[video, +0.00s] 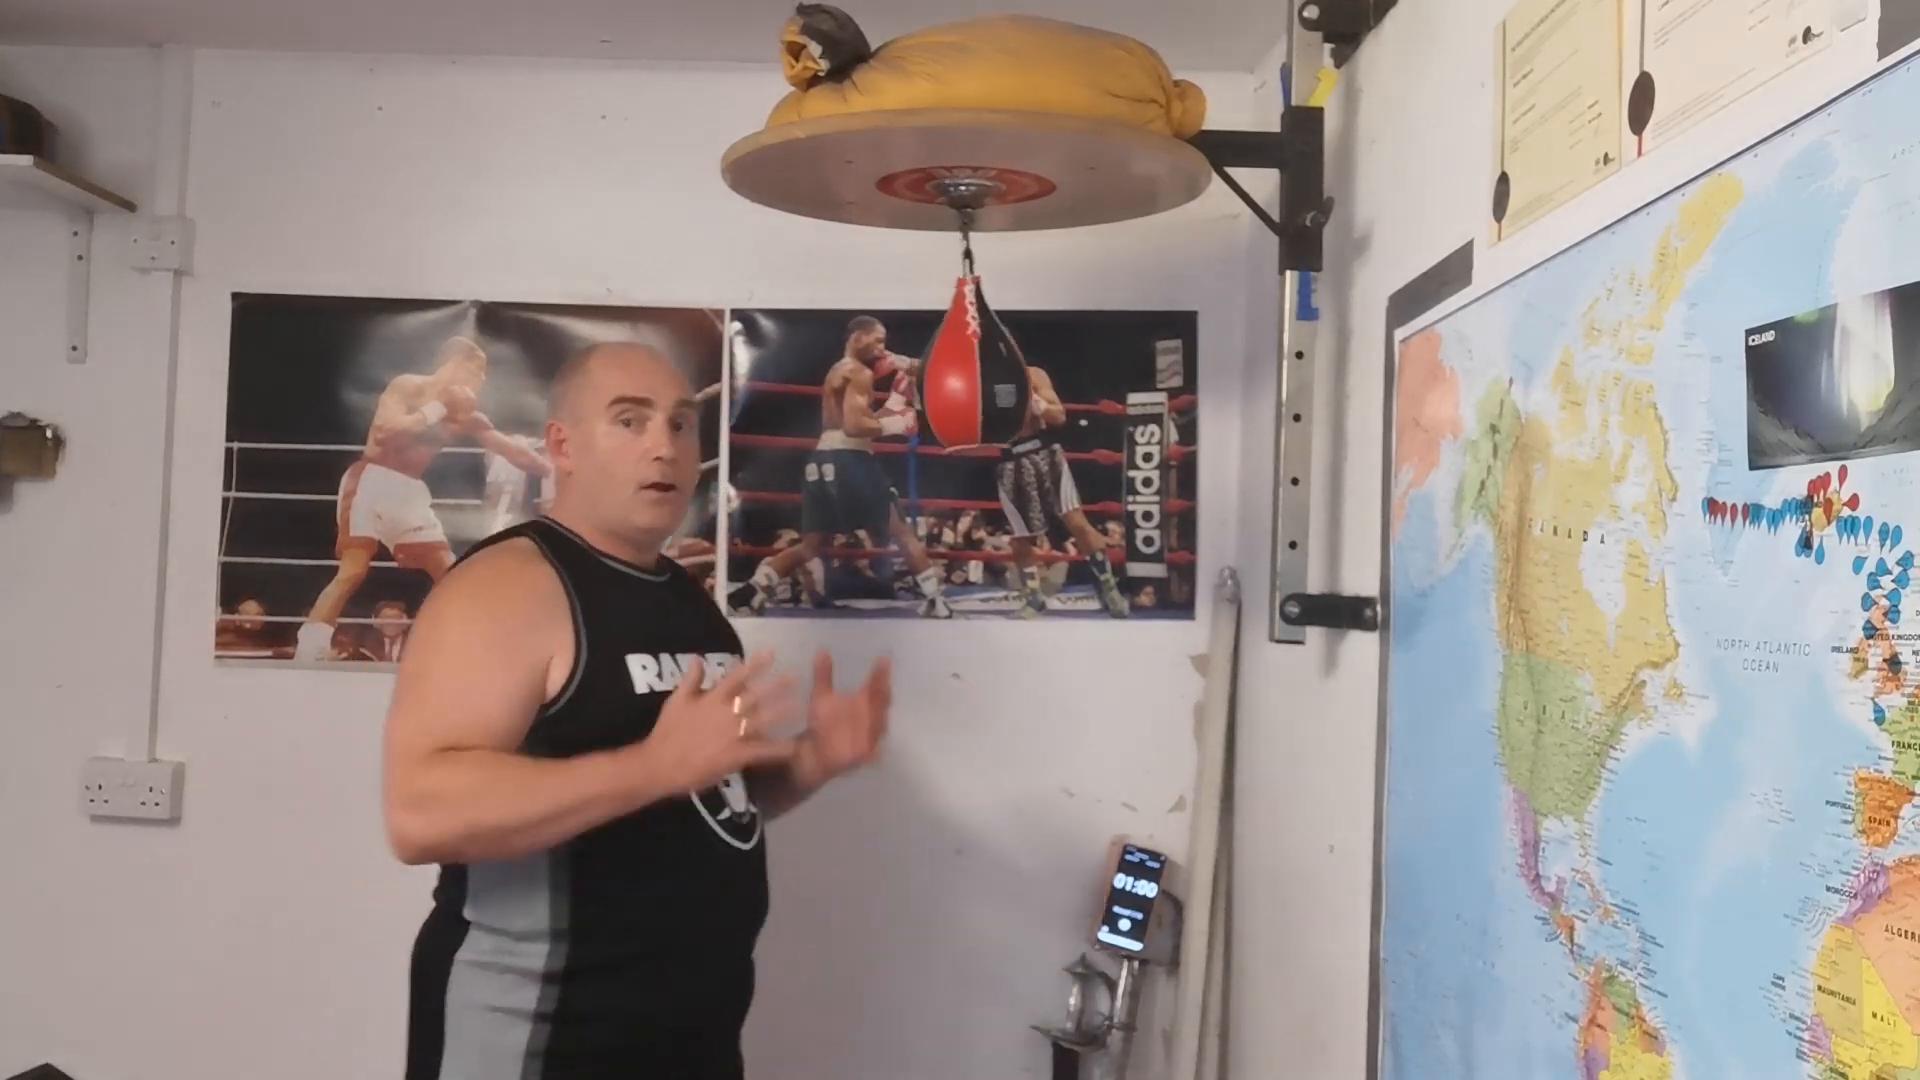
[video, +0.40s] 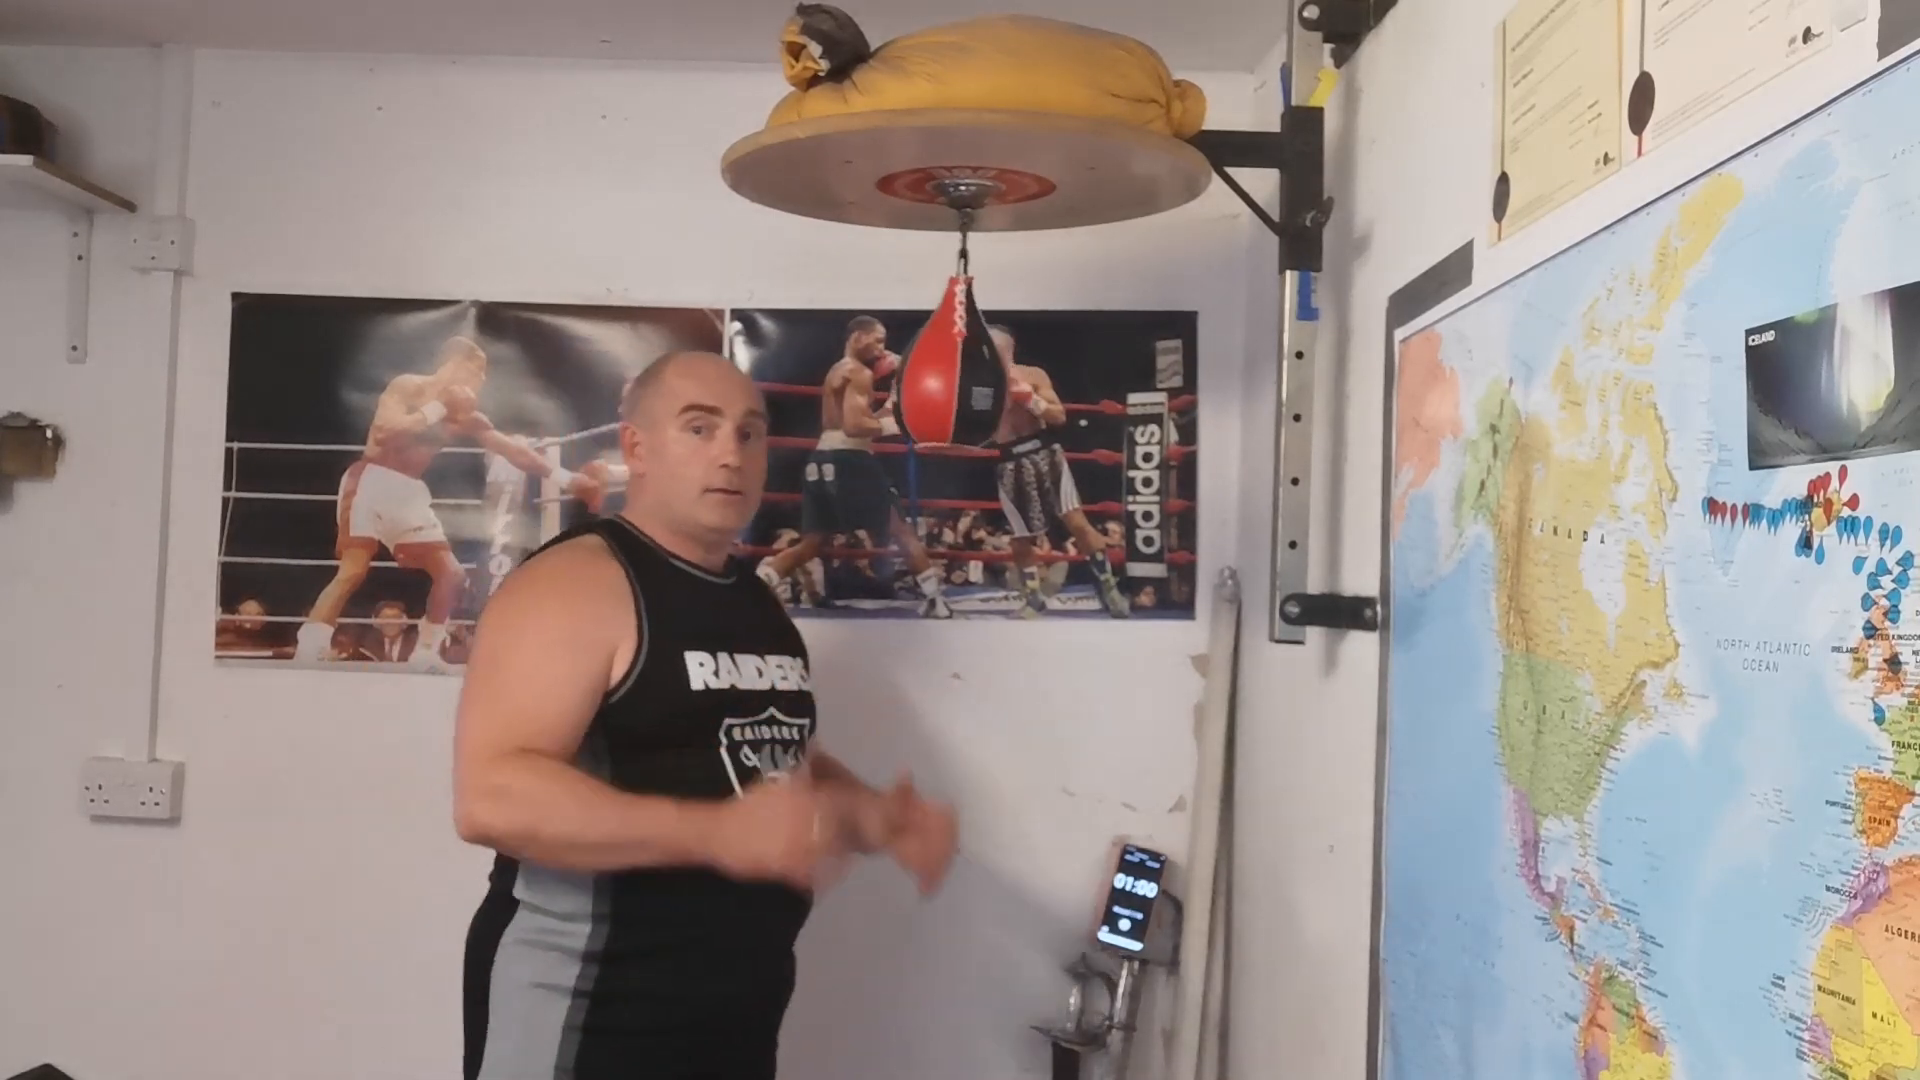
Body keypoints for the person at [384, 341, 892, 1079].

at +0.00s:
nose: (665, 449)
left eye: (681, 425)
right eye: (629, 420)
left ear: (700, 455)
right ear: (560, 446)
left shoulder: (687, 598)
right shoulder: (501, 589)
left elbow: (719, 797)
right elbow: (422, 809)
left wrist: (807, 763)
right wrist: (658, 765)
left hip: (691, 1023)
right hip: (535, 1029)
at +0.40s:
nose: (730, 456)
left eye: (748, 433)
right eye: (699, 427)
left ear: (767, 458)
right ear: (636, 446)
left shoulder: (755, 599)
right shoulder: (569, 586)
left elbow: (780, 760)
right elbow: (492, 794)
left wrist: (871, 815)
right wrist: (716, 830)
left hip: (732, 1007)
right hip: (583, 1009)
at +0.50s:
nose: (740, 456)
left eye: (758, 436)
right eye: (709, 427)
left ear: (776, 460)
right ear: (645, 448)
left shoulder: (764, 604)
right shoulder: (579, 581)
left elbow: (801, 782)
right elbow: (493, 790)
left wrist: (876, 890)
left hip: (730, 1006)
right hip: (586, 1001)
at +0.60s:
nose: (741, 449)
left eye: (759, 431)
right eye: (710, 423)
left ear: (776, 461)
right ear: (646, 447)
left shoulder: (764, 606)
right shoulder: (580, 581)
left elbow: (808, 796)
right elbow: (495, 800)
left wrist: (844, 957)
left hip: (736, 1012)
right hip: (592, 1017)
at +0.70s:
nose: (734, 444)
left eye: (752, 426)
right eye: (701, 420)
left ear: (768, 455)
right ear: (637, 446)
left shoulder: (760, 610)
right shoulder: (571, 583)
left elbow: (790, 804)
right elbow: (473, 802)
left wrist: (798, 995)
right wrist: (498, 1044)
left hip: (738, 1033)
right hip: (592, 1037)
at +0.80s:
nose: (719, 444)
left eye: (735, 426)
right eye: (684, 420)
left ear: (749, 454)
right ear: (618, 447)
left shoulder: (743, 611)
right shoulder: (552, 587)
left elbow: (758, 836)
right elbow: (436, 805)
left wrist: (763, 1027)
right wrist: (446, 1047)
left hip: (723, 1043)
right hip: (574, 1044)